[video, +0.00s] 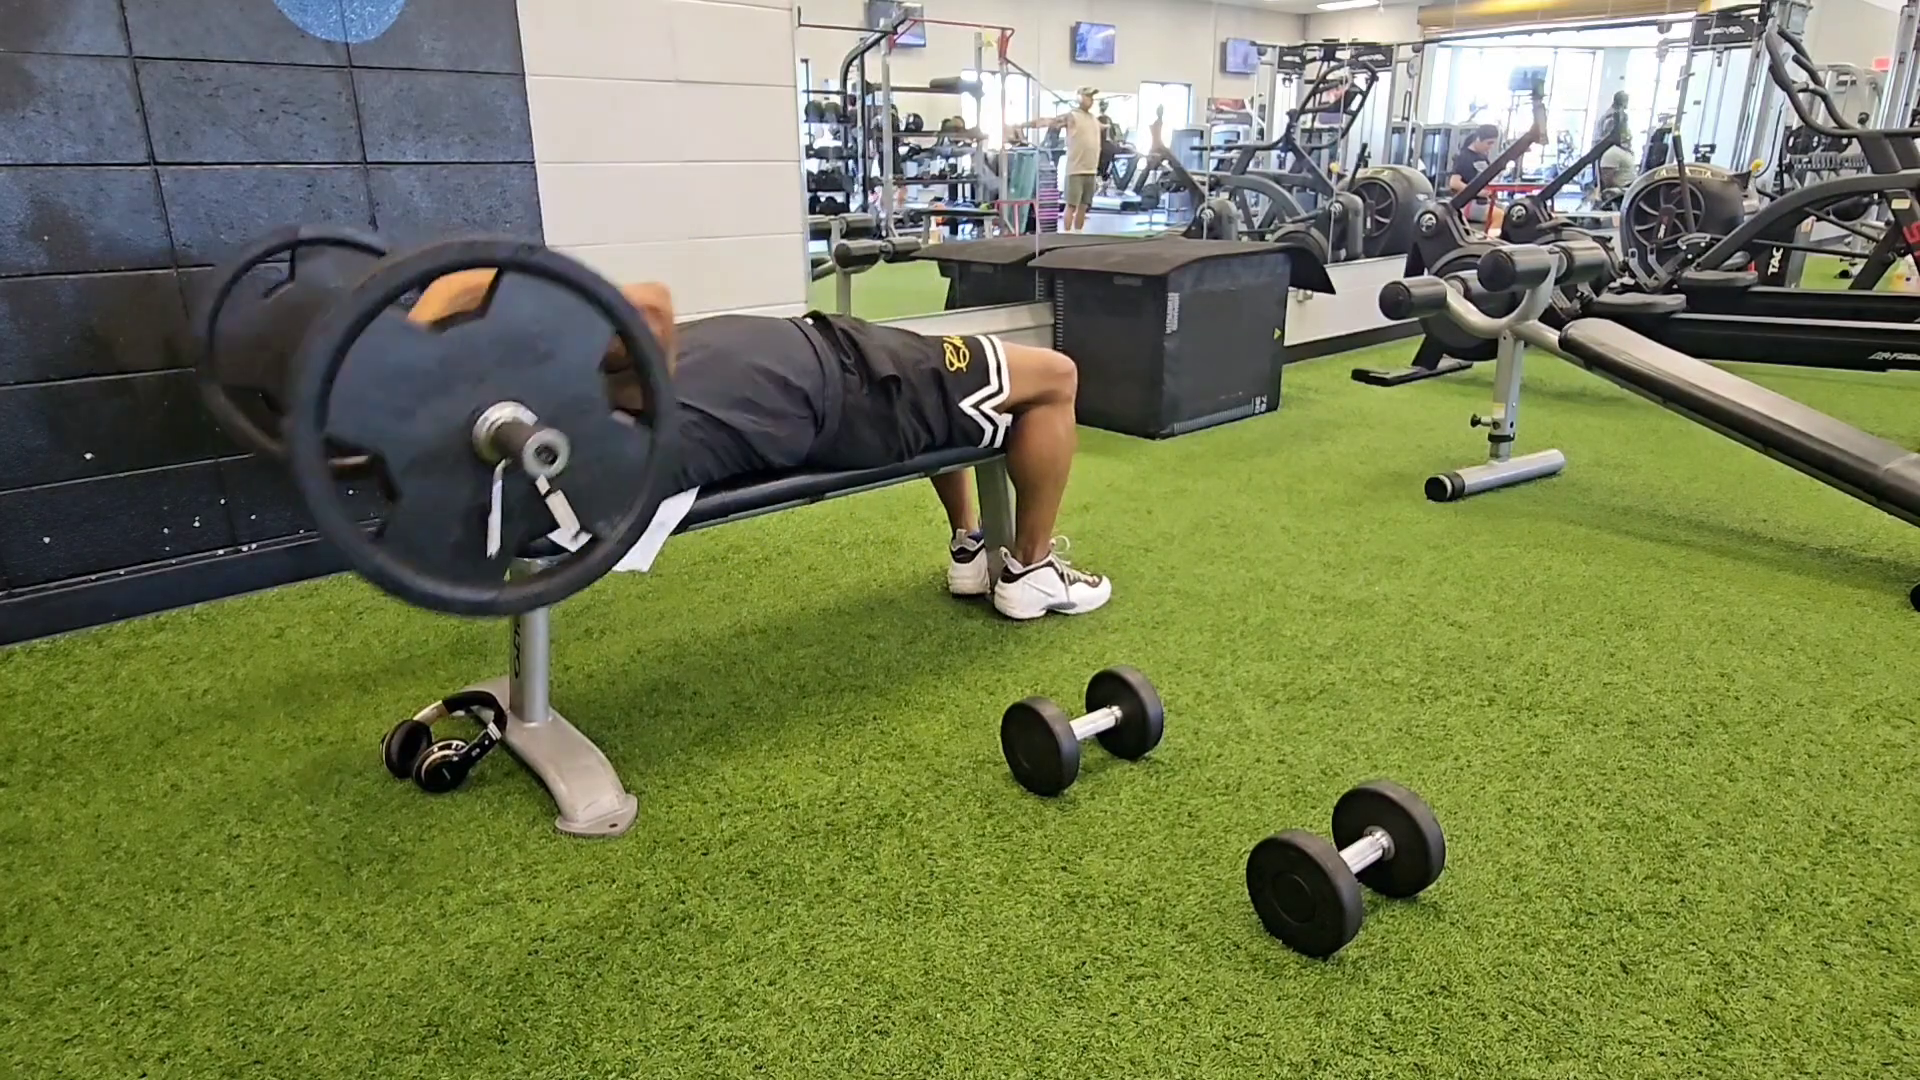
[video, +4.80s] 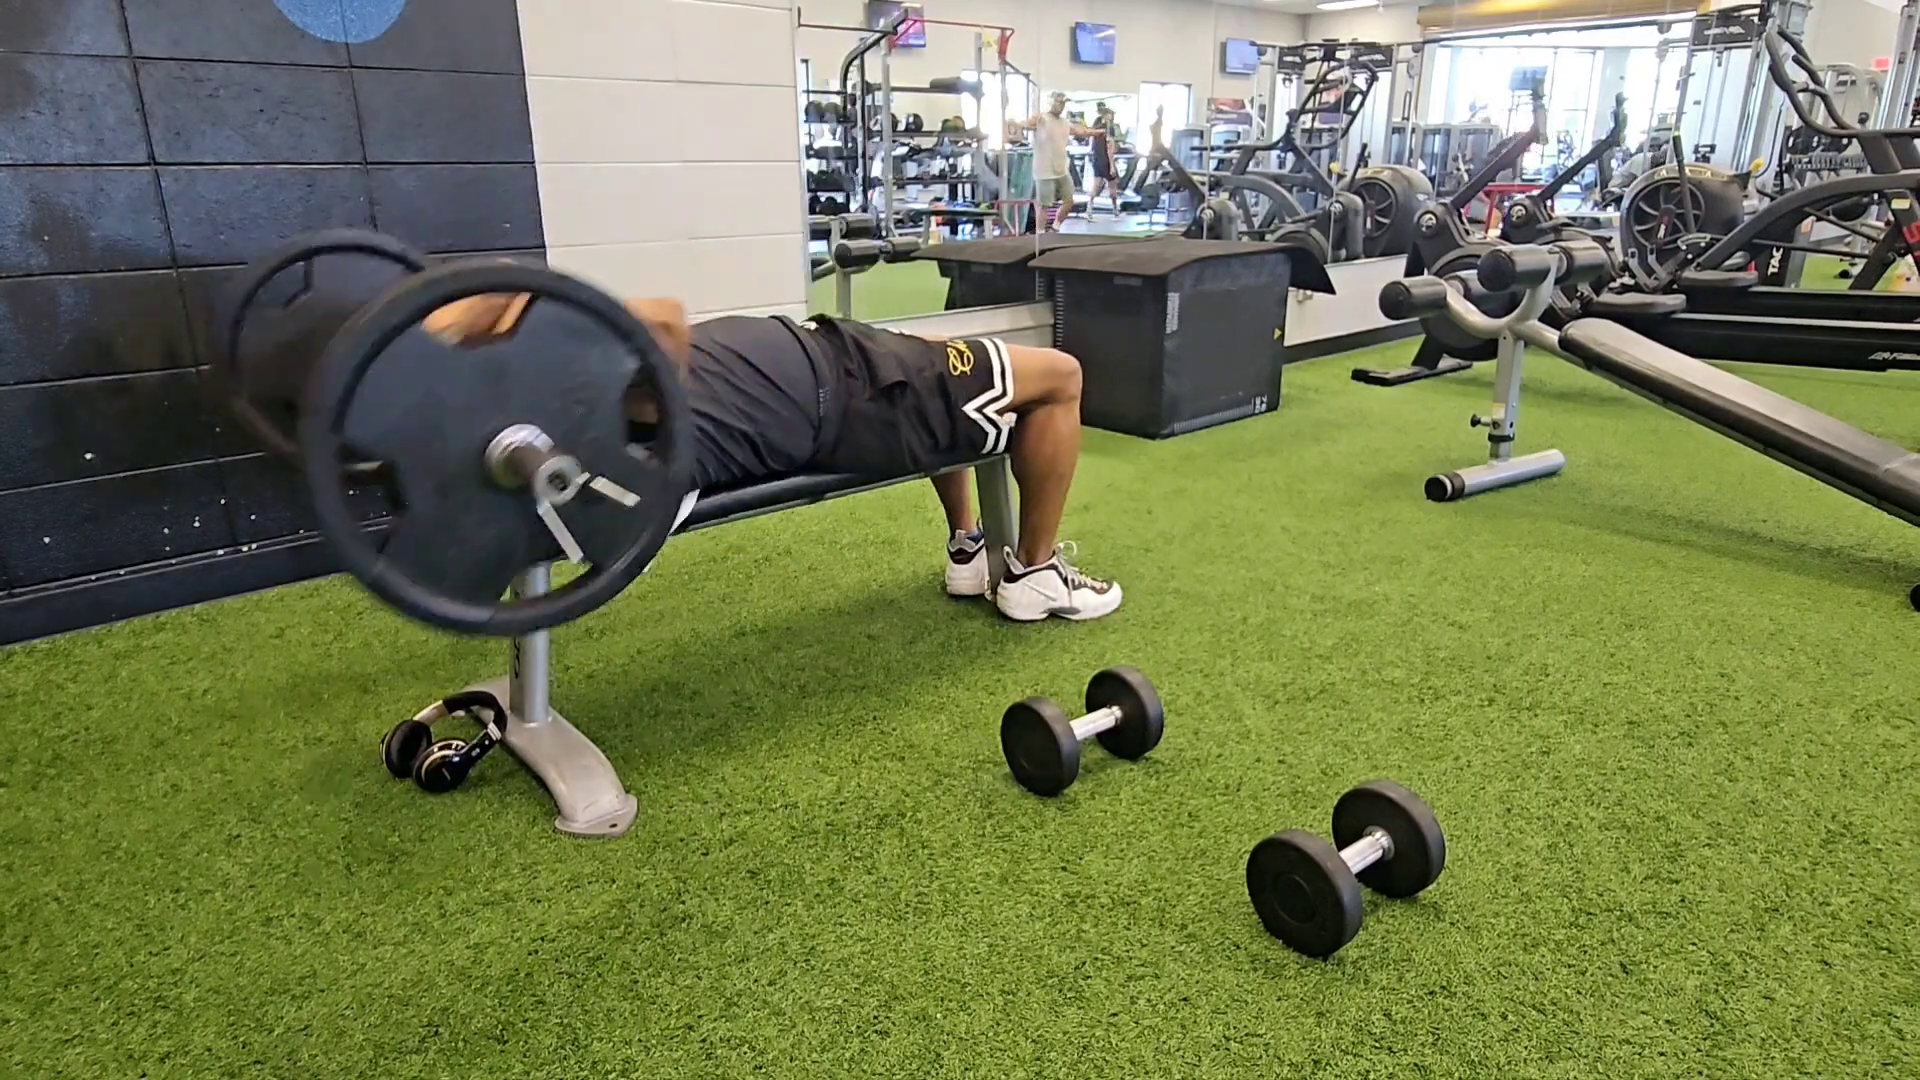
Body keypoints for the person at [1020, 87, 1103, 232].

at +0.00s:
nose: (1091, 100)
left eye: (1092, 97)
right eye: (1088, 97)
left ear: (1091, 100)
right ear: (1080, 98)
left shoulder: (1093, 120)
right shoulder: (1071, 116)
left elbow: (1103, 127)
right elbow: (1048, 122)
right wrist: (1023, 125)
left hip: (1091, 169)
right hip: (1075, 168)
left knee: (1083, 207)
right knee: (1072, 205)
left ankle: (1078, 235)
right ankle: (1067, 235)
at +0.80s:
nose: (1092, 100)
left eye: (1093, 97)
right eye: (1089, 96)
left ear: (1092, 99)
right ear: (1082, 97)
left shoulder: (1095, 120)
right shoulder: (1072, 116)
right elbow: (1049, 122)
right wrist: (1023, 125)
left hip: (1092, 169)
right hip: (1076, 168)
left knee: (1084, 207)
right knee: (1072, 205)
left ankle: (1077, 235)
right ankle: (1067, 235)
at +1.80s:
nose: (1073, 103)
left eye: (1074, 100)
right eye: (1070, 99)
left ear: (1074, 102)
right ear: (1062, 101)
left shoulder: (1078, 121)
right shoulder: (1053, 119)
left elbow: (1088, 130)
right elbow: (1035, 127)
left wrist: (1102, 133)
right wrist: (1016, 131)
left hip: (1072, 171)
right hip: (1054, 171)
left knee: (1073, 204)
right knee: (1051, 207)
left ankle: (1076, 234)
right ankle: (1047, 234)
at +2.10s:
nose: (1063, 102)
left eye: (1063, 99)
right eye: (1059, 98)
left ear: (1063, 101)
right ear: (1051, 100)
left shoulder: (1068, 120)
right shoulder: (1043, 119)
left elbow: (1082, 128)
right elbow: (1024, 128)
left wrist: (1097, 131)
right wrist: (1007, 129)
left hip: (1063, 169)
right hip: (1046, 170)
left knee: (1063, 201)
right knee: (1043, 205)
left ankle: (1054, 229)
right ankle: (1042, 233)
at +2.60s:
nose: (1054, 105)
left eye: (1055, 102)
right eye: (1051, 102)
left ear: (1055, 105)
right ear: (1044, 103)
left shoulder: (1058, 124)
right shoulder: (1036, 121)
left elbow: (1075, 130)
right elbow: (1024, 131)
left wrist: (1093, 133)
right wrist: (1013, 133)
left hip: (1051, 170)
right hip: (1037, 170)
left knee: (1039, 203)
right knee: (1043, 203)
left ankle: (1030, 230)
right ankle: (1043, 233)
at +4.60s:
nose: (1055, 105)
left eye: (1057, 102)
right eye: (1052, 101)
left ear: (1059, 105)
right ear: (1045, 103)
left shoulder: (1060, 124)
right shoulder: (1036, 120)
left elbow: (1077, 132)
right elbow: (1025, 128)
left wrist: (1094, 134)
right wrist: (1016, 130)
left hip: (1055, 171)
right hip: (1040, 171)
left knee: (1054, 205)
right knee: (1044, 206)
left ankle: (1036, 227)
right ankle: (1041, 233)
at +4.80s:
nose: (1061, 106)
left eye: (1063, 103)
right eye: (1059, 102)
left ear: (1065, 105)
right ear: (1051, 102)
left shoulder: (1064, 123)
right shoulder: (1041, 118)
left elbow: (1081, 131)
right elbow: (1027, 124)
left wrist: (1099, 132)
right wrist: (1016, 124)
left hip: (1061, 169)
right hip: (1044, 170)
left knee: (1068, 201)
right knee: (1043, 205)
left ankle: (1055, 228)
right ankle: (1040, 233)